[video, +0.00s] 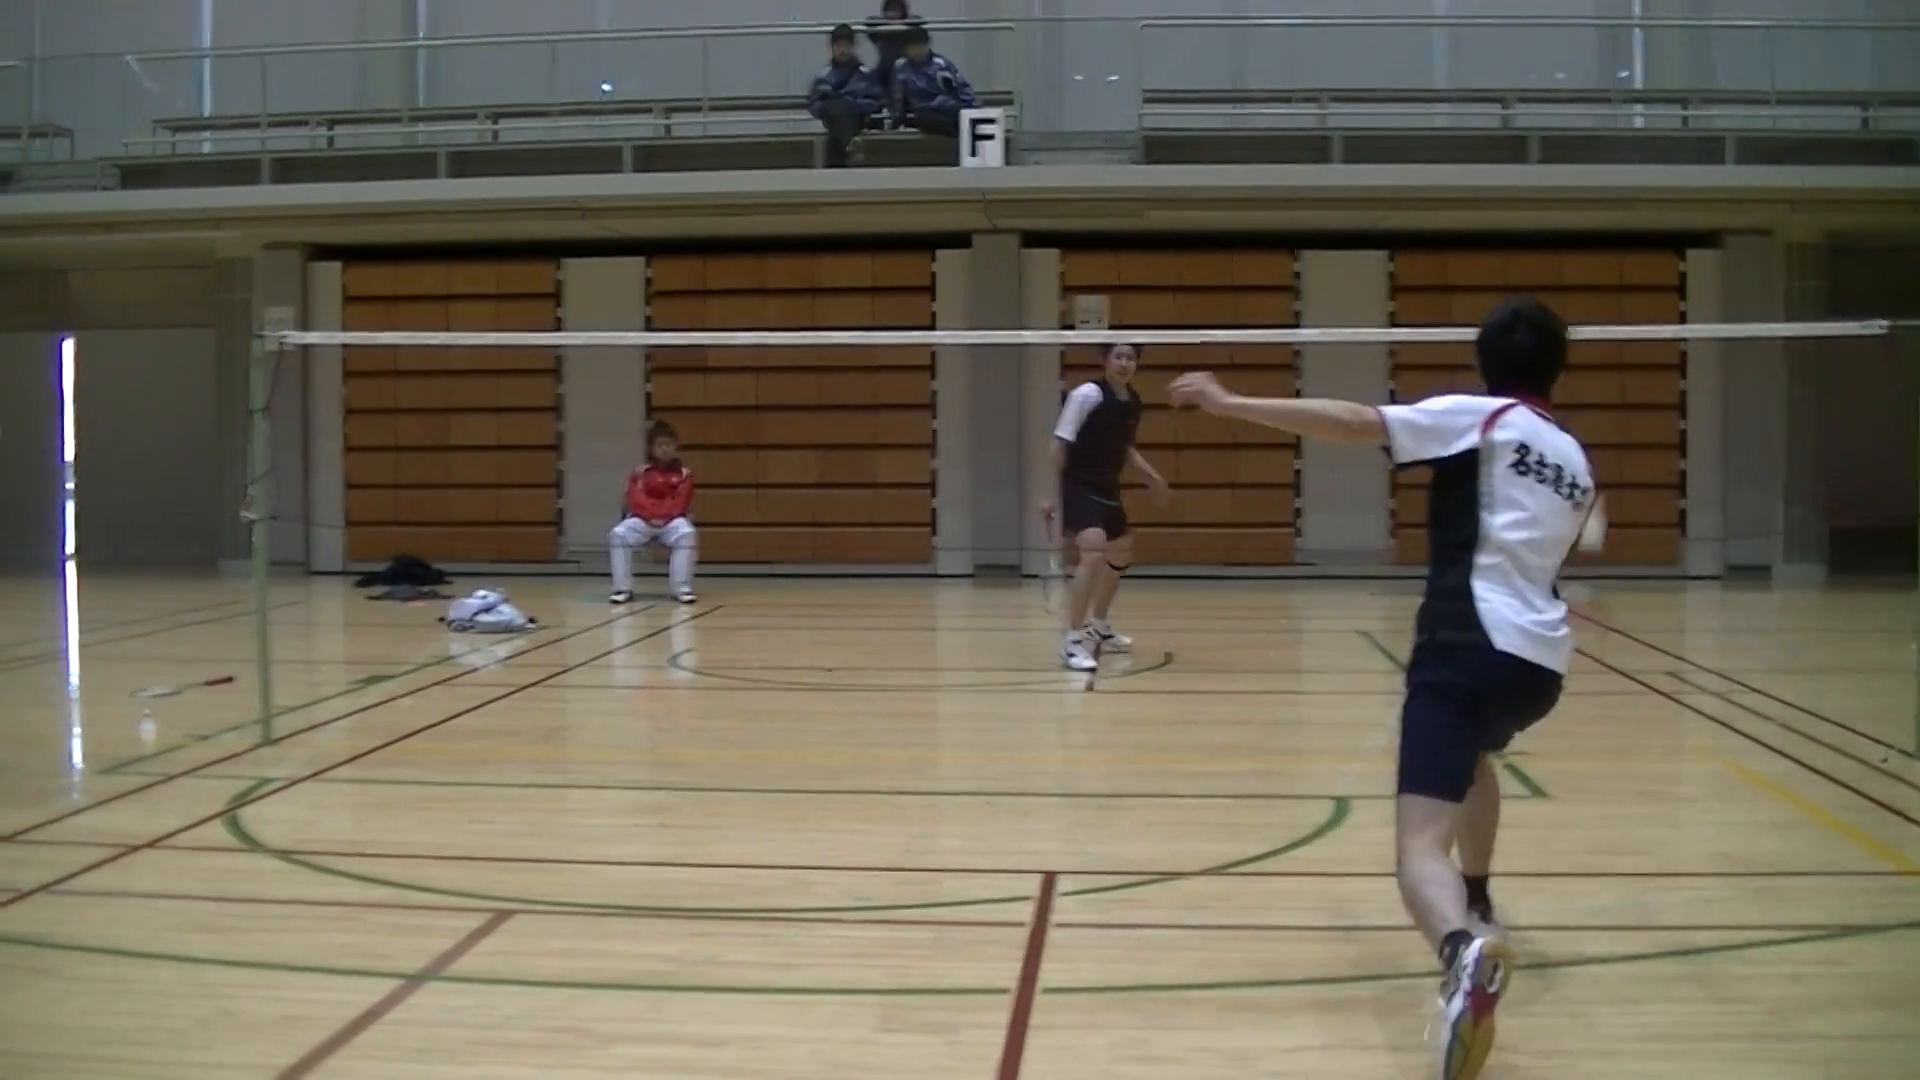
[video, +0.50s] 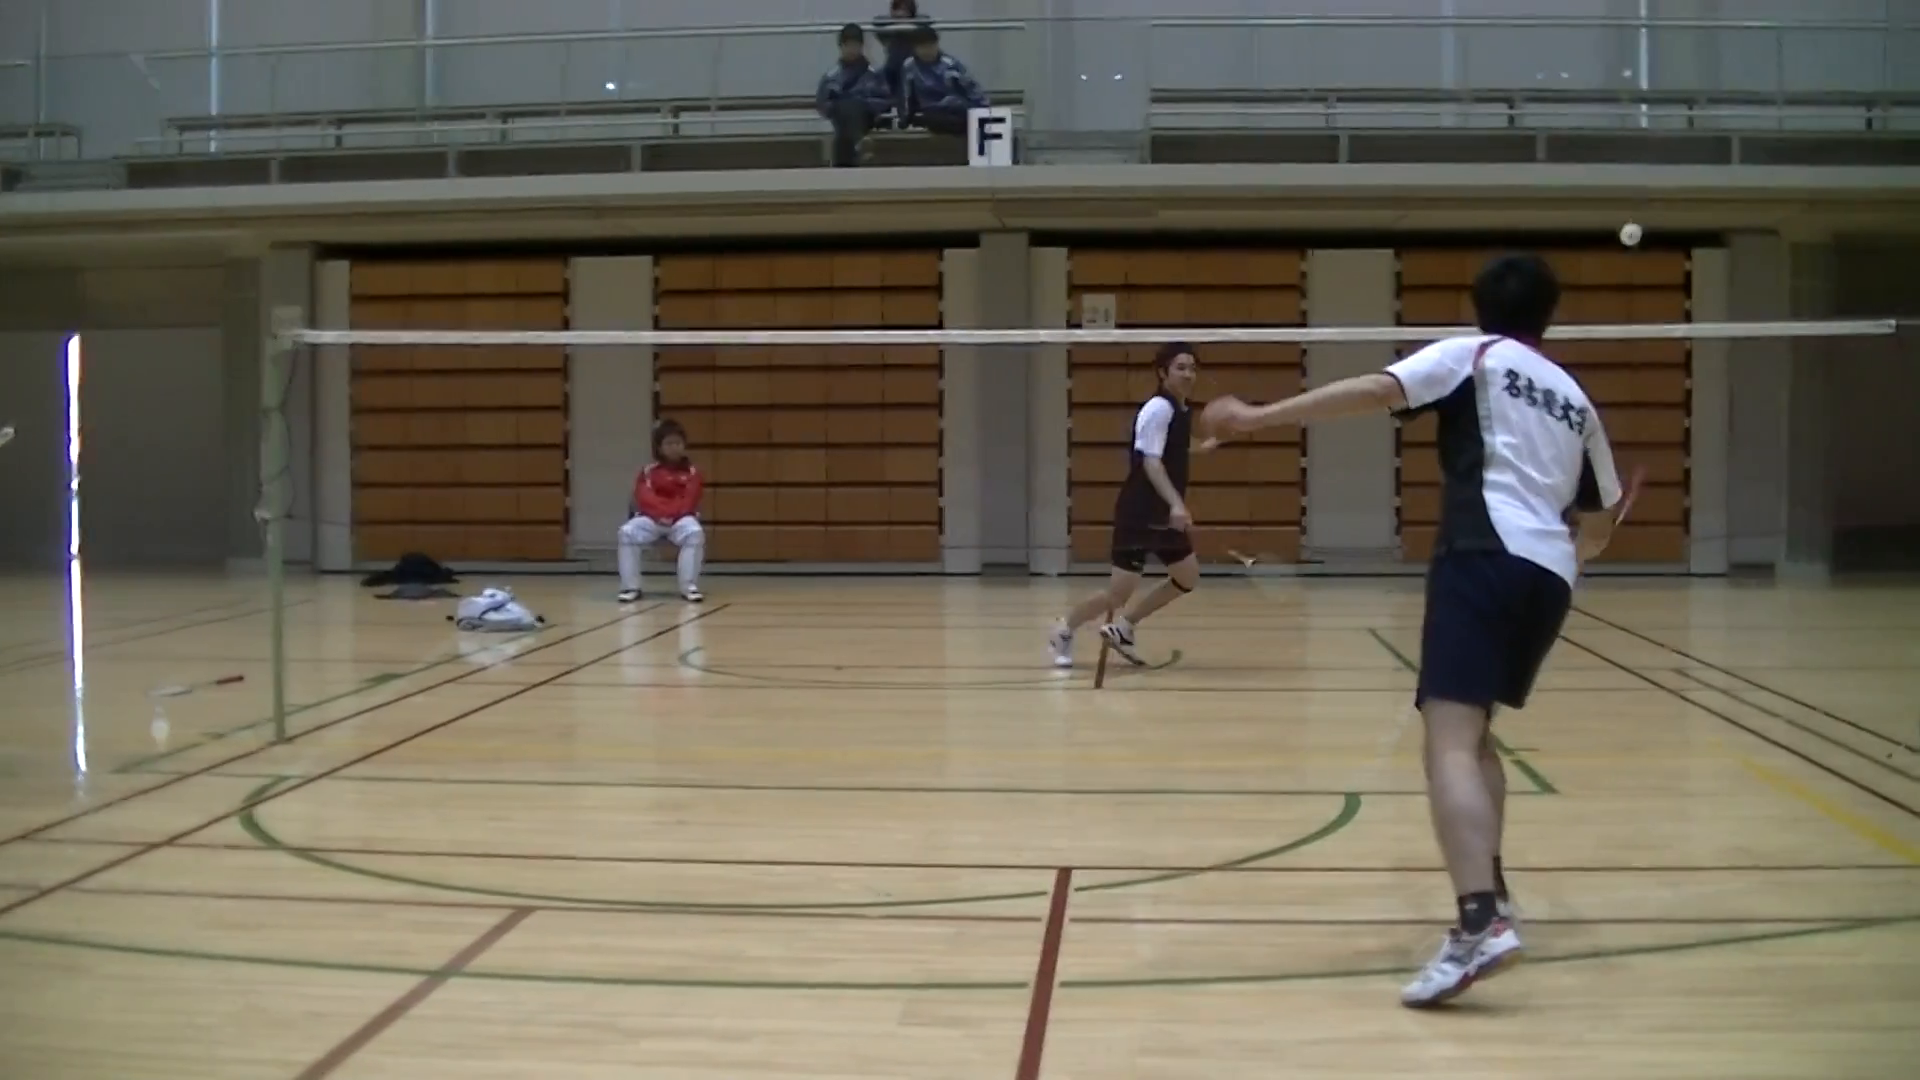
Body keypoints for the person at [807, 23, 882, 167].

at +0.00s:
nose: (842, 50)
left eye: (846, 45)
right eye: (838, 46)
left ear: (852, 47)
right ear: (832, 48)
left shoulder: (866, 74)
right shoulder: (823, 76)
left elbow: (876, 103)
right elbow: (814, 105)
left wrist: (846, 103)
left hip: (860, 120)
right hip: (831, 120)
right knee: (835, 105)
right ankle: (851, 142)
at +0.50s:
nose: (851, 50)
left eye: (855, 45)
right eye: (847, 45)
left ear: (861, 47)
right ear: (840, 47)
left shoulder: (875, 76)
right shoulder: (830, 77)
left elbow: (886, 102)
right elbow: (822, 104)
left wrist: (862, 105)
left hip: (869, 119)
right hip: (840, 119)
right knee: (850, 106)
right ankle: (861, 144)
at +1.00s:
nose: (830, 52)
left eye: (833, 46)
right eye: (825, 46)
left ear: (840, 48)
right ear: (819, 49)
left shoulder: (852, 75)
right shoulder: (810, 77)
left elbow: (864, 103)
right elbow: (799, 106)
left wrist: (840, 108)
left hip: (846, 122)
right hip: (818, 123)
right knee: (828, 108)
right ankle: (840, 148)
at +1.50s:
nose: (832, 54)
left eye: (836, 49)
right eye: (828, 49)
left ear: (842, 50)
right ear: (821, 51)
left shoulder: (854, 76)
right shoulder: (812, 78)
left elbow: (867, 104)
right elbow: (802, 107)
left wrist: (842, 109)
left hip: (848, 121)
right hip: (820, 121)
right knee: (831, 108)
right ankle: (839, 146)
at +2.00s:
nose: (833, 52)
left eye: (837, 48)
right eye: (829, 48)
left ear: (843, 49)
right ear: (822, 50)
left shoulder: (855, 75)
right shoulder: (813, 77)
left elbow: (867, 104)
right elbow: (803, 107)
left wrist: (842, 108)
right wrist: (824, 109)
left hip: (849, 120)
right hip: (821, 121)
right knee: (831, 106)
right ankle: (839, 145)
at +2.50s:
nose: (833, 52)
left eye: (837, 48)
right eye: (829, 48)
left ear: (843, 49)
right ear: (822, 50)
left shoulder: (855, 74)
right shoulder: (813, 76)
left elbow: (867, 103)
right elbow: (804, 107)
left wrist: (843, 108)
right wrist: (823, 109)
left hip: (847, 119)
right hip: (820, 119)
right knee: (830, 106)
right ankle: (840, 145)